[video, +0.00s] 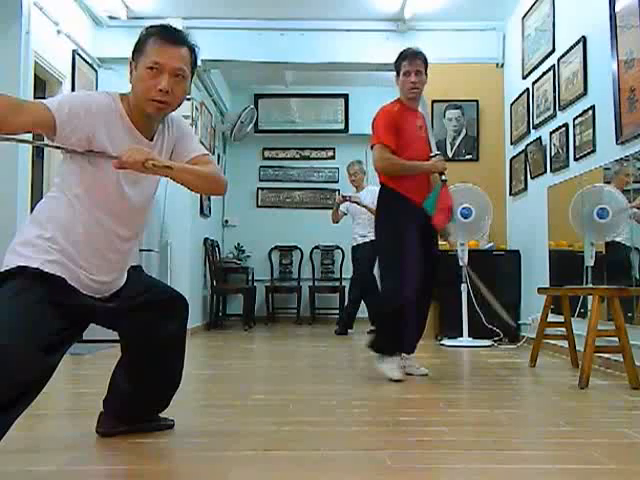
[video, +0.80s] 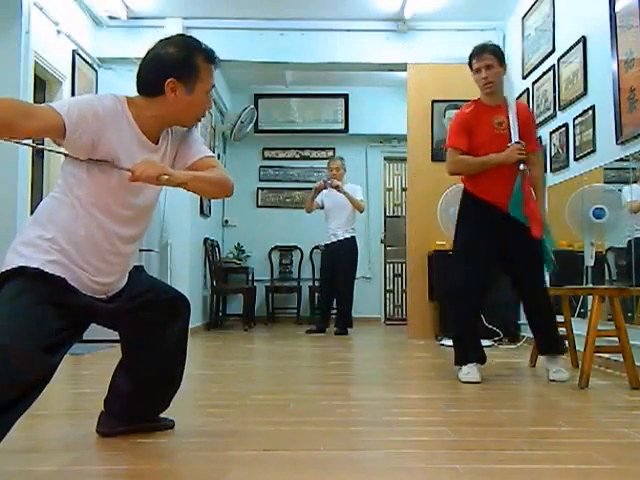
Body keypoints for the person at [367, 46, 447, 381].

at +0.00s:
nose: (414, 79)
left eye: (419, 73)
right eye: (407, 73)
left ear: (426, 78)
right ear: (397, 78)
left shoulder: (420, 118)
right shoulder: (388, 114)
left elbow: (420, 161)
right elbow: (383, 164)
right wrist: (427, 166)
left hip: (420, 205)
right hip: (396, 202)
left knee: (422, 279)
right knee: (401, 278)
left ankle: (405, 352)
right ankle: (386, 352)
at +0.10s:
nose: (422, 79)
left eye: (428, 73)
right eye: (416, 74)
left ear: (436, 78)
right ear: (407, 79)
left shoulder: (431, 119)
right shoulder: (398, 114)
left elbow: (435, 168)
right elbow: (388, 163)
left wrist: (452, 211)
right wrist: (432, 168)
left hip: (427, 204)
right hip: (406, 202)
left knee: (415, 278)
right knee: (417, 278)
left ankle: (396, 351)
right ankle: (425, 356)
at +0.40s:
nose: (452, 76)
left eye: (456, 69)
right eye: (444, 71)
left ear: (464, 73)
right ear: (435, 78)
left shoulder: (466, 115)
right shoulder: (429, 115)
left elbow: (475, 166)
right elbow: (421, 165)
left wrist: (487, 210)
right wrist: (471, 163)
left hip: (467, 203)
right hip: (441, 201)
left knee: (467, 275)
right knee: (453, 278)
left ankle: (421, 334)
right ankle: (467, 359)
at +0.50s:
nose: (460, 74)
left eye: (465, 67)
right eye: (453, 69)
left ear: (474, 72)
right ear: (444, 76)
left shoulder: (481, 115)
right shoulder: (437, 114)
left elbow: (488, 167)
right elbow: (432, 164)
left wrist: (499, 211)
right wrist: (482, 159)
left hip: (481, 206)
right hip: (452, 204)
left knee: (500, 275)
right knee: (460, 279)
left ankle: (452, 330)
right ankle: (467, 361)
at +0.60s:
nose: (468, 72)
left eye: (473, 65)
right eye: (461, 67)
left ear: (483, 70)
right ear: (453, 74)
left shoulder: (493, 114)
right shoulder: (445, 113)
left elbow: (499, 160)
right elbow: (439, 163)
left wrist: (512, 175)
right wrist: (488, 157)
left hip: (497, 207)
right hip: (462, 206)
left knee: (514, 273)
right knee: (462, 280)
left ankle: (490, 340)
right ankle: (466, 359)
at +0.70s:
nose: (477, 72)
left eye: (482, 65)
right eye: (469, 68)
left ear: (492, 69)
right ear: (462, 74)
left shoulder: (506, 113)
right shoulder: (454, 114)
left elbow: (516, 156)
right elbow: (446, 164)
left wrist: (520, 161)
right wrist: (495, 156)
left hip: (508, 208)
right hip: (468, 208)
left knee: (524, 275)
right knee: (464, 282)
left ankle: (528, 349)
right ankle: (468, 360)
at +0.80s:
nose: (485, 75)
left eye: (490, 67)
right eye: (479, 70)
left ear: (503, 70)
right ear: (472, 76)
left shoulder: (521, 113)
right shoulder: (464, 116)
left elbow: (534, 164)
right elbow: (453, 165)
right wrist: (500, 157)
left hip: (517, 209)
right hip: (477, 209)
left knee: (533, 284)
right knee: (468, 284)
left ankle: (552, 353)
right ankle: (468, 360)